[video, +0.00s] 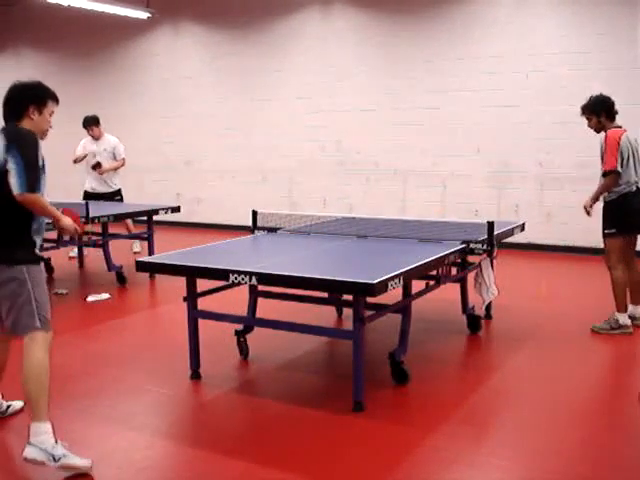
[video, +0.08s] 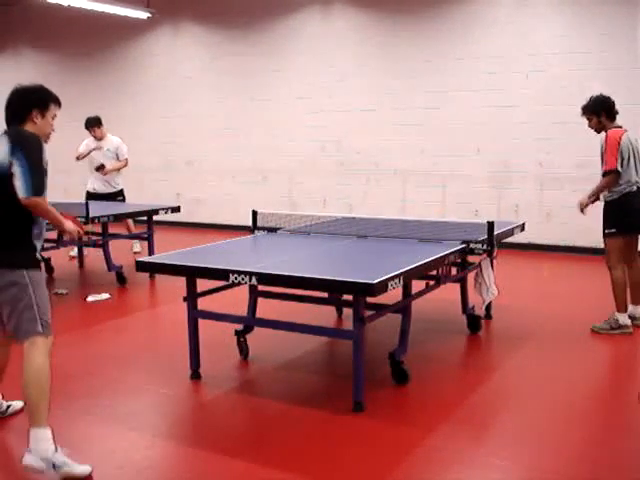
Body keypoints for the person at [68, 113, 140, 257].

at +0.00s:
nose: (90, 133)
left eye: (92, 129)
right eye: (88, 130)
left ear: (99, 127)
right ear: (86, 130)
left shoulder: (113, 142)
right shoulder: (86, 142)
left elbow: (121, 161)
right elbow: (75, 160)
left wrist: (106, 168)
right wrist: (85, 154)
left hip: (111, 189)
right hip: (91, 189)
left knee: (124, 217)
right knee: (85, 220)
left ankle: (135, 240)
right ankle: (79, 245)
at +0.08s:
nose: (93, 134)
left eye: (95, 130)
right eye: (91, 131)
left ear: (101, 127)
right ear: (89, 131)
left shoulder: (116, 142)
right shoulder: (89, 142)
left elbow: (124, 162)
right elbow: (78, 157)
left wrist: (109, 169)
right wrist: (91, 150)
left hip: (114, 189)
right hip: (94, 189)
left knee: (125, 217)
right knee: (87, 220)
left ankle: (135, 240)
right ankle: (79, 245)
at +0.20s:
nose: (102, 137)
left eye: (103, 133)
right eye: (100, 134)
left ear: (108, 129)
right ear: (98, 133)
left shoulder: (125, 142)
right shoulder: (100, 143)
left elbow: (135, 160)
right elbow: (97, 144)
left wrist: (122, 170)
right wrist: (115, 137)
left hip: (123, 187)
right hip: (104, 187)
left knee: (130, 218)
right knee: (97, 218)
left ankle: (136, 241)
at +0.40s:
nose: (115, 134)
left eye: (116, 131)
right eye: (112, 132)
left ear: (120, 128)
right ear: (109, 132)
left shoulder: (135, 138)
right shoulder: (112, 141)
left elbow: (145, 157)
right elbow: (110, 135)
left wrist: (132, 168)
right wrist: (129, 129)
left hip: (131, 183)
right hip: (113, 182)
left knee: (134, 215)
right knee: (107, 214)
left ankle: (136, 240)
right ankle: (107, 240)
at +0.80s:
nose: (122, 135)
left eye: (123, 132)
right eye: (119, 134)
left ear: (127, 128)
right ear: (116, 133)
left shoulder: (140, 138)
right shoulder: (115, 141)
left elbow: (150, 156)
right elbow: (104, 132)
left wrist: (136, 166)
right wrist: (121, 127)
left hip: (136, 182)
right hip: (119, 181)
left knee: (136, 215)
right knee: (117, 214)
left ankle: (137, 240)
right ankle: (118, 241)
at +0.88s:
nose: (123, 132)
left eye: (123, 128)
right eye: (119, 131)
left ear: (127, 124)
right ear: (115, 131)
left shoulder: (140, 139)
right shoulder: (115, 140)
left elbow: (150, 157)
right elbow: (97, 145)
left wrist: (137, 168)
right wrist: (109, 142)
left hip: (136, 184)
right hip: (118, 183)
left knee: (136, 215)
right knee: (117, 216)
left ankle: (136, 241)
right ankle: (117, 243)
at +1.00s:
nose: (122, 131)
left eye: (123, 127)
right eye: (118, 129)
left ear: (127, 125)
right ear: (114, 130)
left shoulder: (138, 139)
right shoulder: (111, 141)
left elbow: (148, 157)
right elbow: (96, 155)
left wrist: (137, 170)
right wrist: (106, 157)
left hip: (135, 184)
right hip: (118, 184)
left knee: (136, 216)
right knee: (117, 217)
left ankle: (136, 241)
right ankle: (117, 244)